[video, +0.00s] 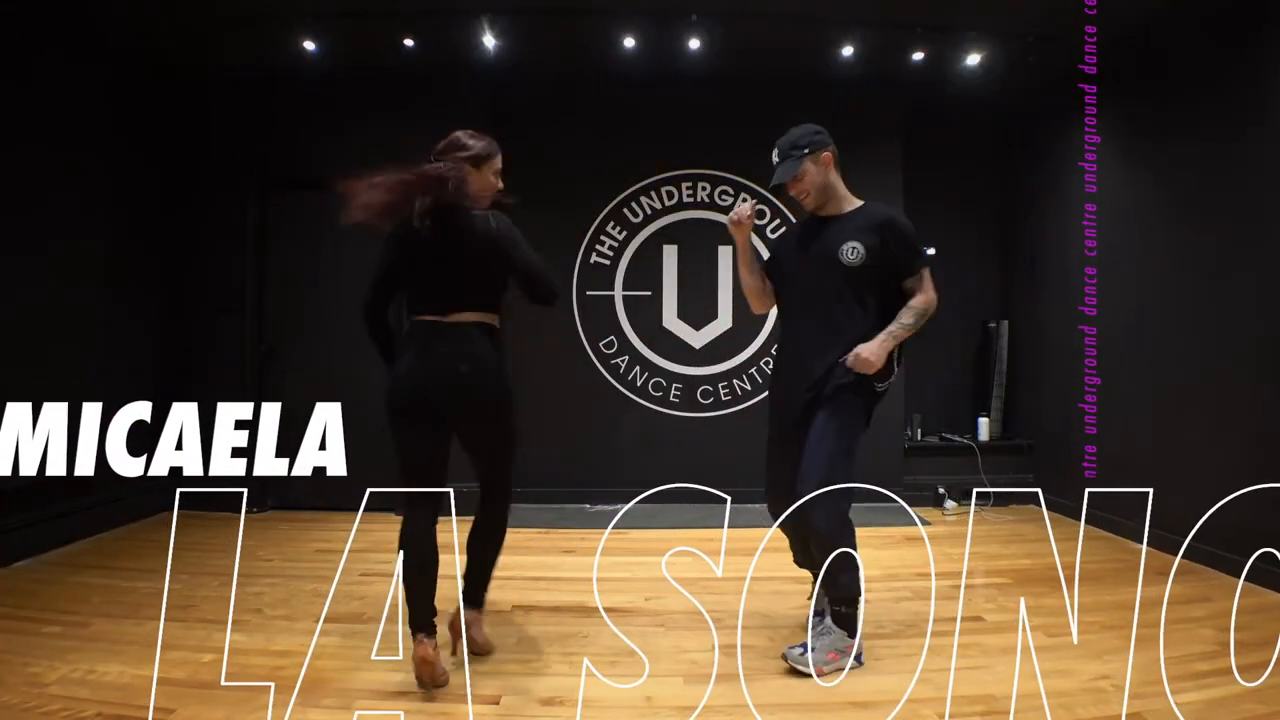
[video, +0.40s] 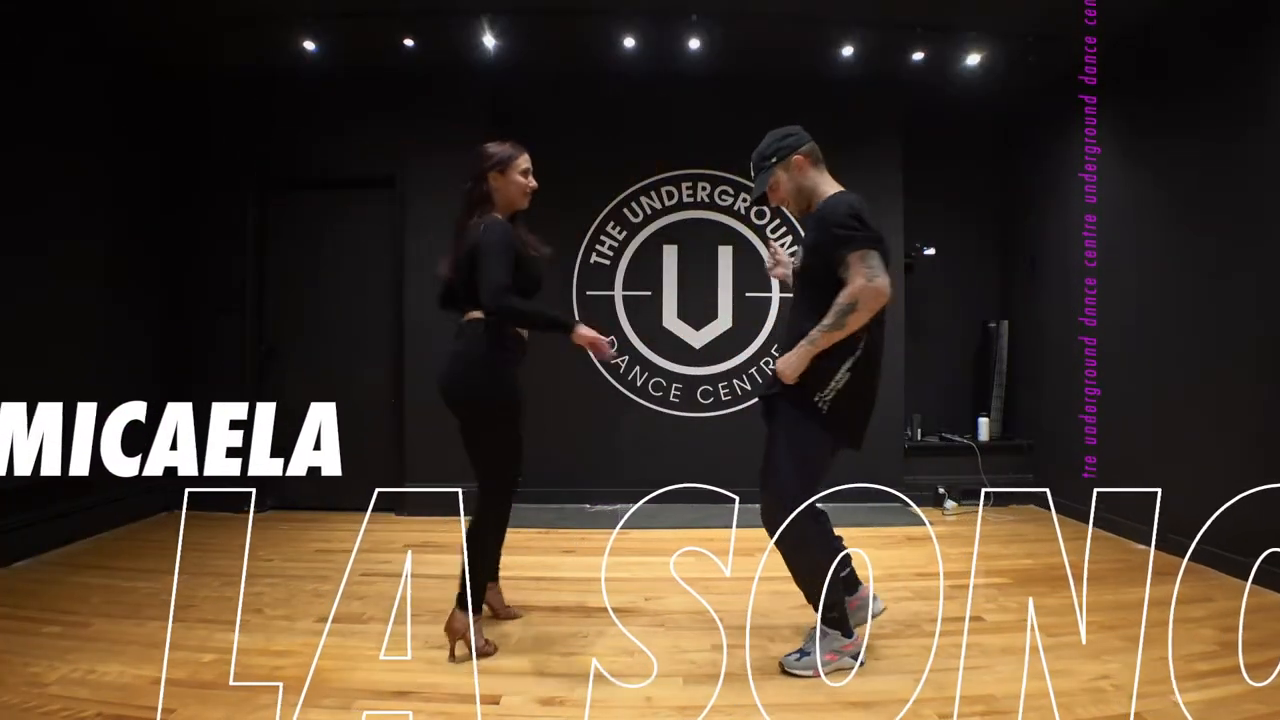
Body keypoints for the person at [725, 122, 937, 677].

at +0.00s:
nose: (791, 188)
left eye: (796, 175)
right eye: (785, 181)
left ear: (827, 160)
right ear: (786, 182)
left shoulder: (880, 225)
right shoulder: (791, 239)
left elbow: (925, 297)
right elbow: (760, 301)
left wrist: (884, 342)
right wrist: (743, 242)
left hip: (847, 381)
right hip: (791, 386)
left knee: (821, 489)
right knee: (784, 501)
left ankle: (843, 631)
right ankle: (834, 611)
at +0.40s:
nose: (771, 197)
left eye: (771, 182)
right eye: (766, 187)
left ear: (800, 161)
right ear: (798, 166)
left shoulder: (840, 213)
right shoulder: (825, 217)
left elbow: (872, 287)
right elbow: (845, 286)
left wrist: (804, 352)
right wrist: (796, 274)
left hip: (823, 396)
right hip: (808, 390)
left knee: (787, 508)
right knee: (785, 504)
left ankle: (836, 637)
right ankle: (853, 593)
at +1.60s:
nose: (755, 185)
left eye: (758, 171)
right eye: (751, 175)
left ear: (789, 155)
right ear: (785, 161)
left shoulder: (848, 212)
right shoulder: (810, 222)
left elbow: (903, 284)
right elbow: (826, 305)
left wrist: (828, 325)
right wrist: (772, 319)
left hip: (829, 394)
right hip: (800, 389)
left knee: (797, 508)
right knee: (788, 508)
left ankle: (851, 633)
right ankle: (825, 618)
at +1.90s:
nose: (761, 174)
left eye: (768, 163)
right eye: (759, 165)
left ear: (801, 158)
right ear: (800, 162)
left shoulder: (843, 218)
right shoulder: (826, 220)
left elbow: (878, 296)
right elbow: (854, 297)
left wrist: (805, 347)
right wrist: (804, 300)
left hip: (860, 402)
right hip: (833, 398)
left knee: (822, 509)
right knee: (785, 485)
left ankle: (851, 637)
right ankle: (859, 591)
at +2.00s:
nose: (774, 167)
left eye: (783, 156)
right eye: (774, 158)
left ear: (818, 157)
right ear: (813, 160)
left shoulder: (862, 214)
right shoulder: (833, 226)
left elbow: (928, 276)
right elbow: (845, 298)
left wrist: (859, 340)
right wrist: (795, 279)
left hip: (865, 400)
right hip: (847, 397)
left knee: (818, 515)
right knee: (841, 509)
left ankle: (853, 638)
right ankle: (932, 586)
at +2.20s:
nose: (794, 166)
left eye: (803, 155)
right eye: (794, 157)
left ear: (838, 158)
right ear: (828, 162)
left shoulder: (887, 216)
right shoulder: (840, 233)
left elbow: (966, 264)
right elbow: (853, 316)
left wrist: (889, 304)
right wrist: (792, 312)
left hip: (883, 405)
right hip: (863, 403)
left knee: (827, 517)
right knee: (899, 509)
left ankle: (853, 638)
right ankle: (961, 608)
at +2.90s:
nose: (843, 182)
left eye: (851, 169)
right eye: (840, 173)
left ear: (887, 163)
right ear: (870, 172)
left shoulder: (951, 220)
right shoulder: (876, 247)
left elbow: (1018, 284)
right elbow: (889, 312)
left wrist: (938, 272)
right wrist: (870, 358)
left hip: (947, 400)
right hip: (911, 402)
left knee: (873, 503)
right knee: (949, 502)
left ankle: (922, 623)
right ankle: (999, 606)